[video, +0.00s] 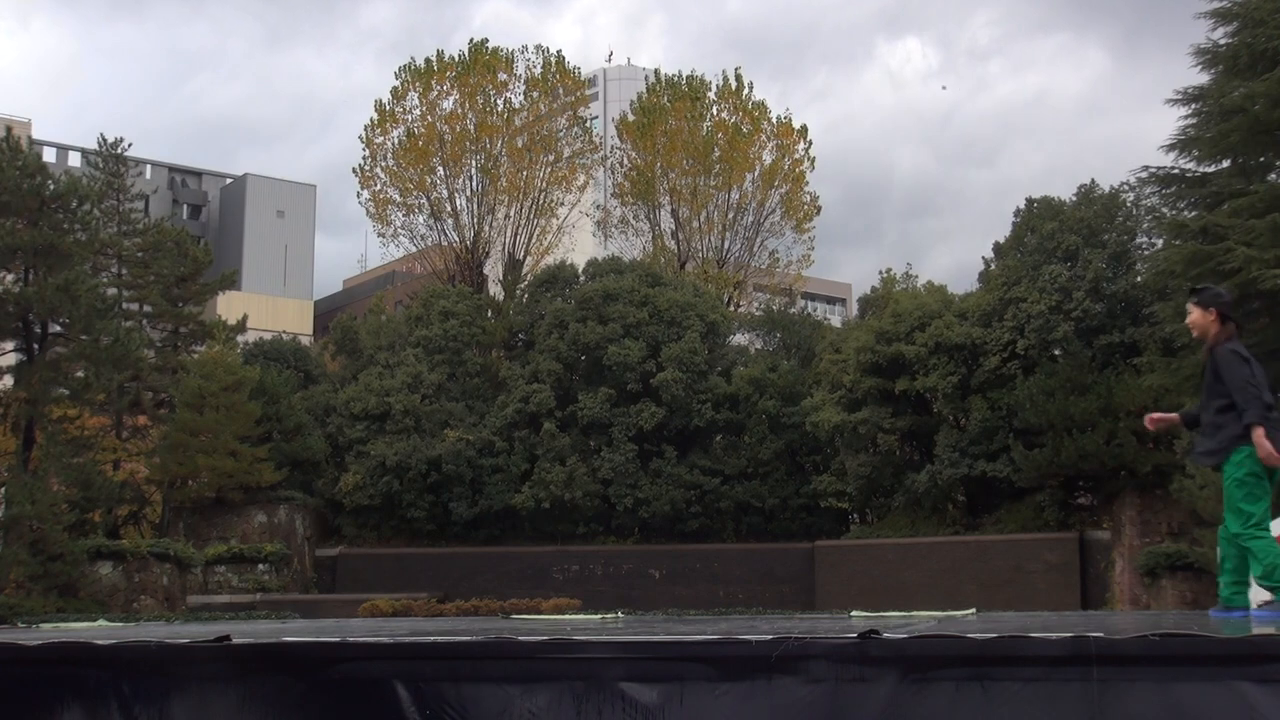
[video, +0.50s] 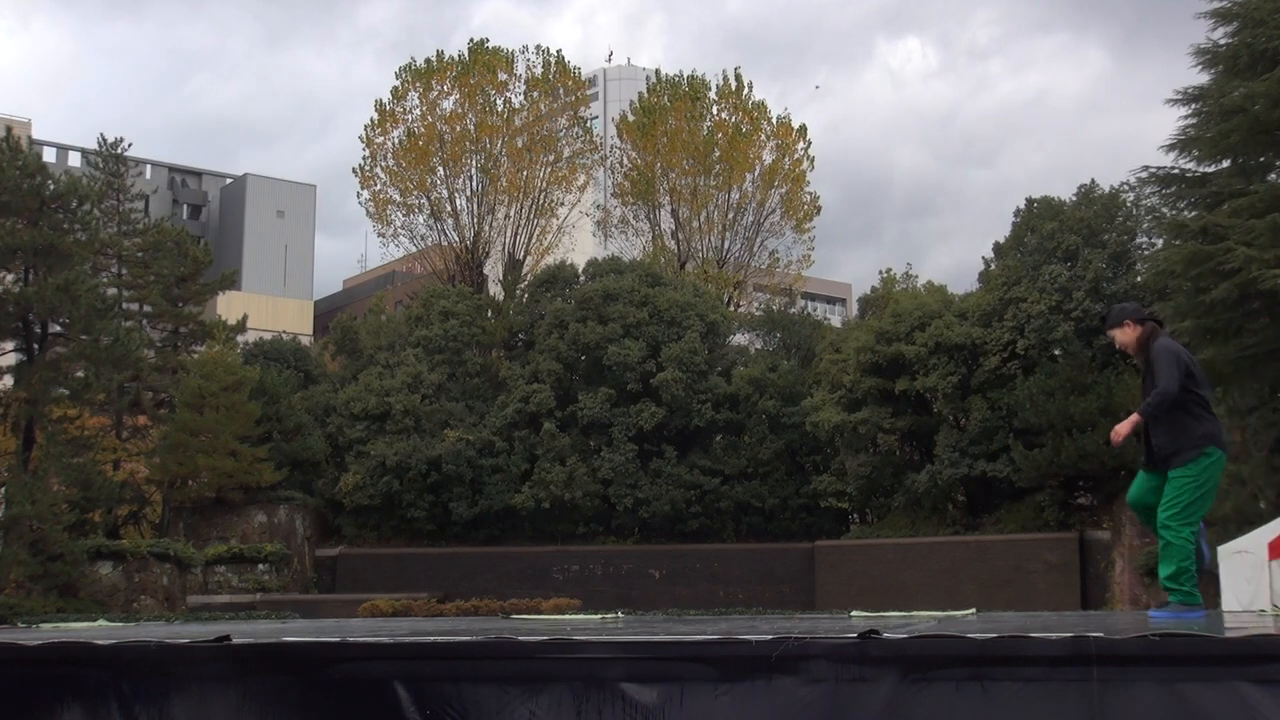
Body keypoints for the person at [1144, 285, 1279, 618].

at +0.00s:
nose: (1187, 321)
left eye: (1191, 313)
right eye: (1187, 314)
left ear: (1212, 314)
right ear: (1212, 316)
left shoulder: (1227, 352)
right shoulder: (1219, 354)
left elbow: (1249, 394)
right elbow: (1213, 411)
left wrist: (1258, 437)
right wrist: (1173, 419)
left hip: (1247, 450)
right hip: (1243, 450)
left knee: (1248, 529)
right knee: (1232, 532)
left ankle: (1279, 592)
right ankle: (1233, 604)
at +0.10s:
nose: (1173, 325)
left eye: (1176, 317)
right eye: (1172, 319)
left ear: (1197, 316)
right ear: (1195, 318)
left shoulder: (1215, 353)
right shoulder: (1203, 357)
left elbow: (1234, 391)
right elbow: (1193, 407)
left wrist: (1221, 428)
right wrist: (1150, 418)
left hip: (1243, 451)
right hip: (1230, 453)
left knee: (1230, 526)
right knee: (1216, 528)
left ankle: (1276, 587)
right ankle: (1233, 601)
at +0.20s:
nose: (1155, 332)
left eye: (1157, 324)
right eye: (1153, 325)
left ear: (1177, 319)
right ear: (1174, 322)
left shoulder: (1205, 351)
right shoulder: (1185, 361)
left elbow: (1215, 387)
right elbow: (1177, 408)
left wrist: (1178, 417)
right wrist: (1145, 425)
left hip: (1233, 449)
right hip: (1213, 453)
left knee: (1203, 515)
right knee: (1211, 520)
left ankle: (1239, 595)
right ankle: (1236, 595)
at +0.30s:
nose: (1137, 344)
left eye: (1138, 335)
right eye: (1134, 337)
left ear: (1157, 327)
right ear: (1155, 330)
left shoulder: (1194, 358)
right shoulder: (1168, 366)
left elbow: (1196, 393)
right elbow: (1183, 409)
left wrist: (1150, 409)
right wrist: (1163, 433)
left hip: (1223, 456)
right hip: (1199, 459)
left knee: (1187, 516)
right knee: (1209, 530)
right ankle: (1237, 599)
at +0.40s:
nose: (1124, 349)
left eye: (1123, 341)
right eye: (1121, 344)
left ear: (1140, 331)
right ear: (1140, 333)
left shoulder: (1178, 358)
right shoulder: (1161, 365)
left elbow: (1179, 399)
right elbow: (1171, 410)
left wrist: (1133, 415)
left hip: (1207, 456)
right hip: (1184, 458)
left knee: (1174, 518)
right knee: (1170, 518)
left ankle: (1185, 599)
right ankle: (1216, 581)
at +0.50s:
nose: (1116, 345)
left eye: (1115, 336)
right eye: (1113, 339)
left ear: (1131, 326)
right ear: (1131, 328)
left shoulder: (1163, 349)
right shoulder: (1150, 357)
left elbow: (1167, 391)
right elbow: (1168, 402)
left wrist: (1132, 420)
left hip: (1197, 451)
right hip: (1170, 454)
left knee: (1173, 521)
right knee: (1140, 498)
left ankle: (1185, 599)